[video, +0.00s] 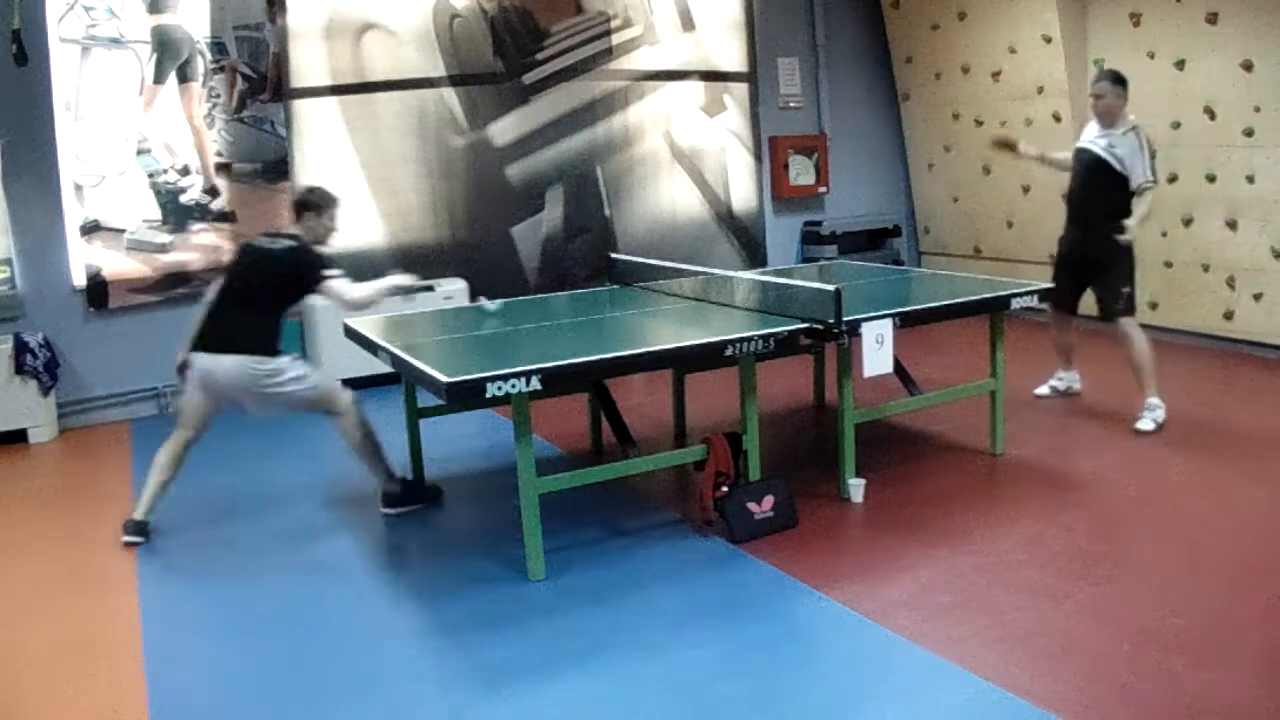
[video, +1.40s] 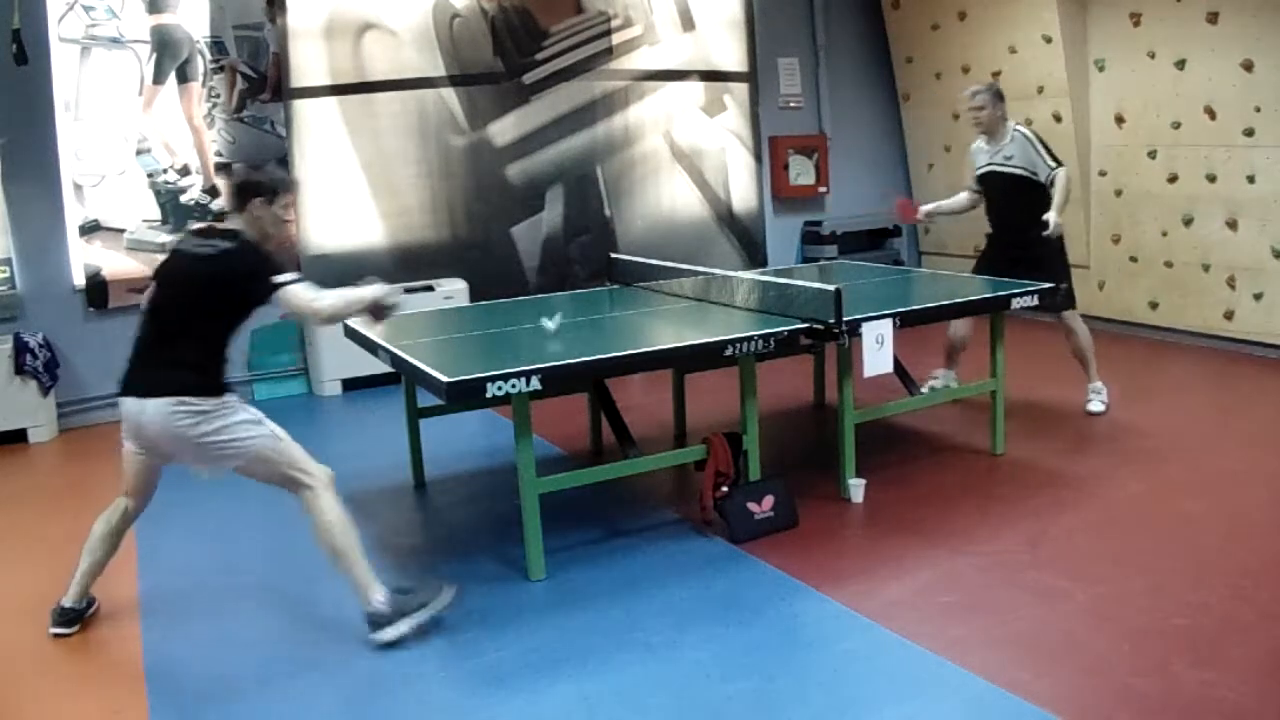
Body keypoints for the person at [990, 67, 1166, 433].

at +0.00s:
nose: (1094, 104)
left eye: (1101, 97)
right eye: (1091, 97)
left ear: (1121, 99)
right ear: (1092, 99)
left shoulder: (1134, 137)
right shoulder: (1092, 130)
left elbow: (1146, 191)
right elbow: (1075, 163)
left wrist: (1134, 224)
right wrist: (1032, 154)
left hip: (1112, 243)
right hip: (1076, 239)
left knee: (1123, 320)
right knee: (1061, 310)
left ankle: (1152, 401)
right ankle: (1067, 374)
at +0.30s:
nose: (1057, 101)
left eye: (1063, 94)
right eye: (1055, 95)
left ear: (1084, 95)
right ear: (1062, 97)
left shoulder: (1109, 130)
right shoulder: (1062, 135)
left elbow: (1132, 176)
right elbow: (1055, 181)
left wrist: (1109, 208)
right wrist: (1020, 204)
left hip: (1104, 240)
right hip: (1067, 239)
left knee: (1117, 318)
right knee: (1060, 311)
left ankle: (1141, 392)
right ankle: (1066, 374)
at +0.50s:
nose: (1024, 117)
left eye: (1029, 110)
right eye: (1023, 110)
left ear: (1051, 110)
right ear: (1034, 113)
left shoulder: (1074, 136)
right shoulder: (1040, 149)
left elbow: (1100, 173)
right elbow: (1029, 195)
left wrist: (1065, 205)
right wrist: (983, 213)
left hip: (1095, 245)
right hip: (1060, 244)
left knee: (1107, 323)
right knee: (1016, 305)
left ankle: (1140, 393)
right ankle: (1012, 374)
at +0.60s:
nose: (998, 127)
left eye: (1002, 120)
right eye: (997, 121)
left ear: (1021, 117)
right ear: (1012, 121)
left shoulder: (1048, 140)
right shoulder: (1017, 162)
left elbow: (1068, 169)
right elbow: (996, 203)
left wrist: (1029, 197)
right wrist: (946, 215)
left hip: (1079, 250)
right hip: (1045, 250)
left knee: (1100, 326)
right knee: (999, 308)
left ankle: (1139, 392)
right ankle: (968, 371)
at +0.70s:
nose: (968, 135)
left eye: (972, 127)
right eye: (967, 129)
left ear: (993, 126)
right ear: (978, 130)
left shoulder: (1015, 146)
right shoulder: (986, 167)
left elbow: (1044, 168)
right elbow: (963, 207)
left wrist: (1012, 190)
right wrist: (914, 218)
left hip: (1057, 251)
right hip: (1022, 253)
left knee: (1090, 326)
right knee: (977, 321)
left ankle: (1136, 393)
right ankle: (951, 378)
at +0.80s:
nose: (942, 140)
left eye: (946, 132)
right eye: (941, 134)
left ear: (967, 130)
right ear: (953, 136)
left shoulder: (996, 150)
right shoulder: (959, 172)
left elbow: (1031, 170)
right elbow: (930, 207)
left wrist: (1014, 191)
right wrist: (883, 218)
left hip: (1038, 253)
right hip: (1000, 255)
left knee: (1076, 322)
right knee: (952, 311)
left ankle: (1125, 389)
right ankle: (946, 381)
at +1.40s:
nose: (973, 117)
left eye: (979, 109)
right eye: (969, 111)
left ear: (999, 110)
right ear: (969, 115)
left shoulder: (1023, 137)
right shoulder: (978, 149)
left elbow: (1059, 173)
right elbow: (974, 196)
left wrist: (1055, 211)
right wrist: (932, 209)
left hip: (1041, 242)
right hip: (1001, 243)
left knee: (1066, 314)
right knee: (963, 307)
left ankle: (1095, 385)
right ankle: (948, 375)